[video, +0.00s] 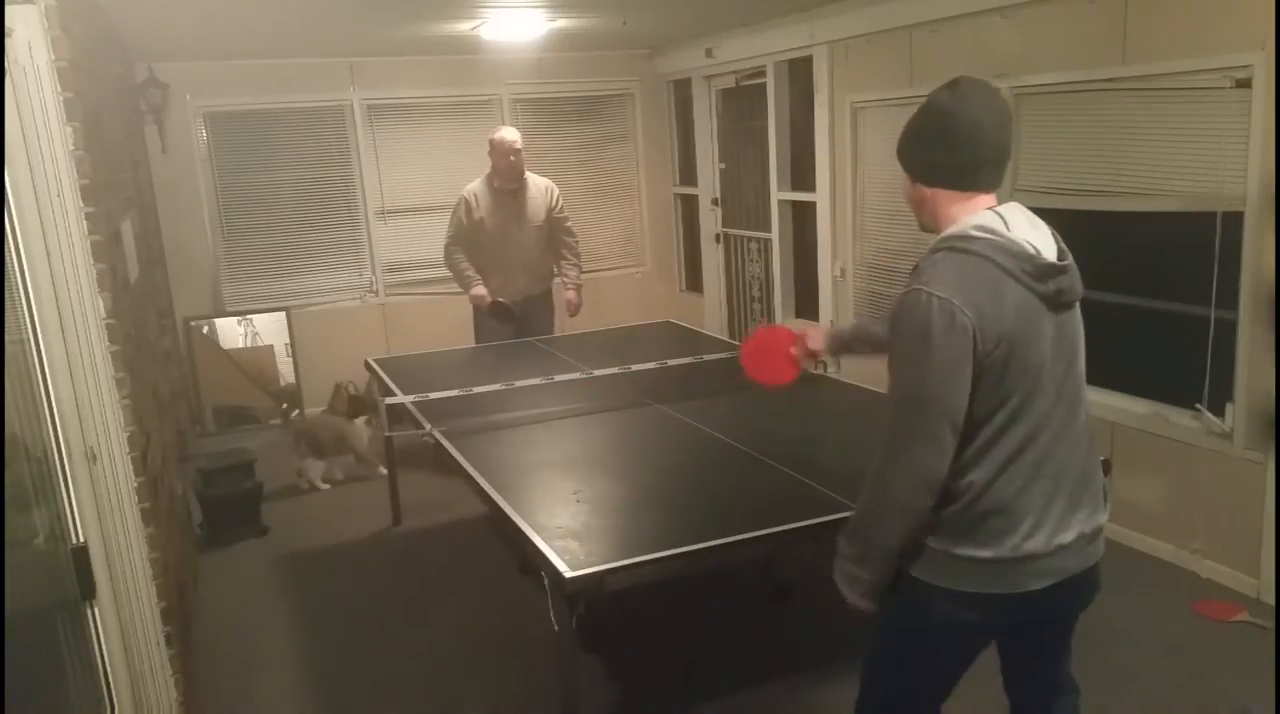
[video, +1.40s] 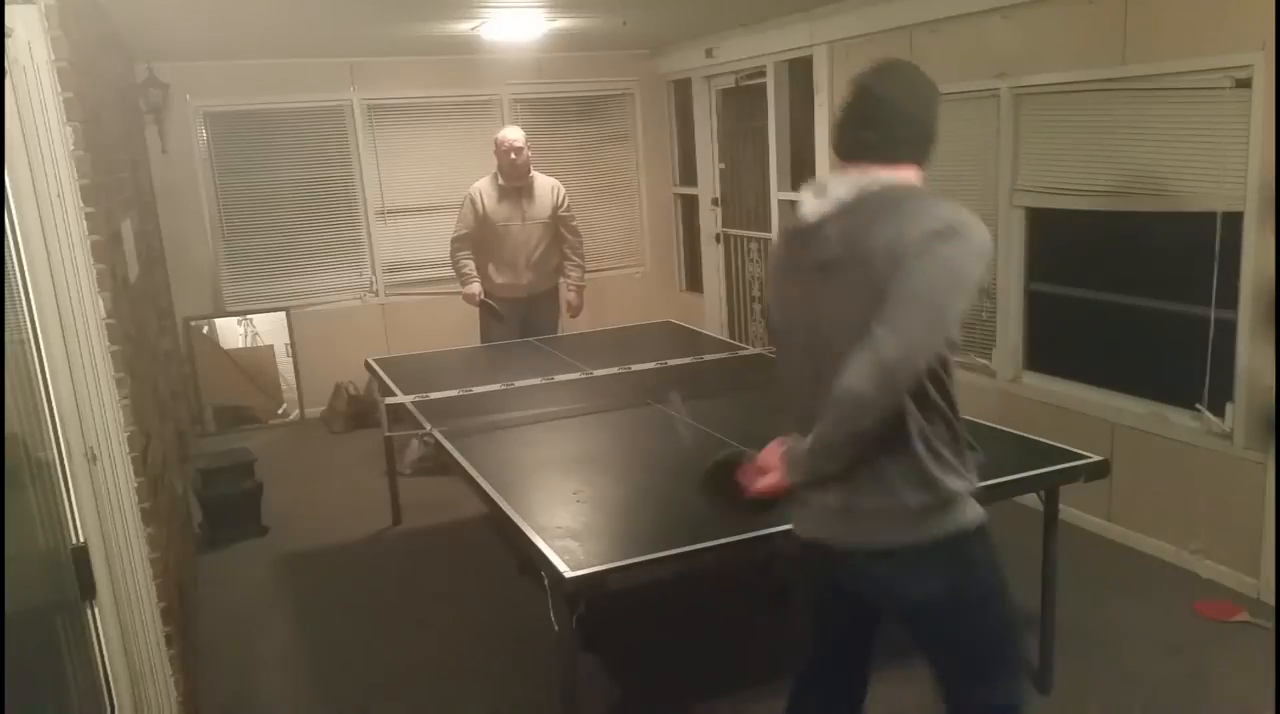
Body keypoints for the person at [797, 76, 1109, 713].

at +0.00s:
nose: (905, 189)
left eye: (906, 174)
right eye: (905, 173)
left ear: (919, 182)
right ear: (991, 168)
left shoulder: (941, 291)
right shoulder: (1039, 247)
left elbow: (917, 459)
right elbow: (953, 333)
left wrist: (860, 567)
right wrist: (837, 339)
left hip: (973, 569)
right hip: (1069, 556)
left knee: (891, 702)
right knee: (1045, 693)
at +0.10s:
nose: (902, 183)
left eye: (903, 167)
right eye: (905, 165)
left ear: (914, 173)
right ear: (994, 161)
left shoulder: (932, 285)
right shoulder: (1049, 247)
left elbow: (909, 456)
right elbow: (1002, 367)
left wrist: (867, 583)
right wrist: (875, 381)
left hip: (962, 568)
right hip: (1063, 554)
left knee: (891, 701)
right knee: (1049, 696)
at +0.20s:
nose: (897, 179)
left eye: (898, 163)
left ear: (905, 173)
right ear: (990, 162)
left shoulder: (910, 285)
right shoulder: (1057, 260)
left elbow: (882, 454)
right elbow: (1065, 404)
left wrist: (855, 587)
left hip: (942, 575)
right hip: (1053, 565)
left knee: (884, 701)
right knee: (1049, 698)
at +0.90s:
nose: (913, 188)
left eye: (913, 175)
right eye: (918, 173)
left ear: (922, 181)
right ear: (1010, 171)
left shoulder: (891, 290)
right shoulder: (1093, 273)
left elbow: (838, 436)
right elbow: (1132, 408)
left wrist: (878, 503)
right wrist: (1064, 471)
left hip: (939, 587)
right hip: (1074, 583)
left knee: (873, 704)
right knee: (1091, 708)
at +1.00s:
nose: (913, 195)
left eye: (912, 182)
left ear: (919, 188)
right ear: (1008, 176)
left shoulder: (884, 294)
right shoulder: (1095, 275)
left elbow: (825, 418)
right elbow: (1149, 410)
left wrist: (913, 428)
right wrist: (1098, 481)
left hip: (933, 590)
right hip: (1071, 587)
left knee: (874, 705)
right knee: (1087, 707)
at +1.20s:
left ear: (890, 176)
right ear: (978, 177)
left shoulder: (844, 277)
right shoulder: (1046, 281)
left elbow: (791, 320)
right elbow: (1120, 447)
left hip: (880, 571)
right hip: (1008, 572)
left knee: (849, 697)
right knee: (1070, 699)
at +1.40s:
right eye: (924, 124)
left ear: (843, 131)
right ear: (926, 137)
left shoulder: (797, 235)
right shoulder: (948, 230)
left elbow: (791, 360)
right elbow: (880, 370)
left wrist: (797, 452)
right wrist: (802, 458)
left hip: (827, 535)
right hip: (927, 538)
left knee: (824, 694)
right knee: (988, 693)